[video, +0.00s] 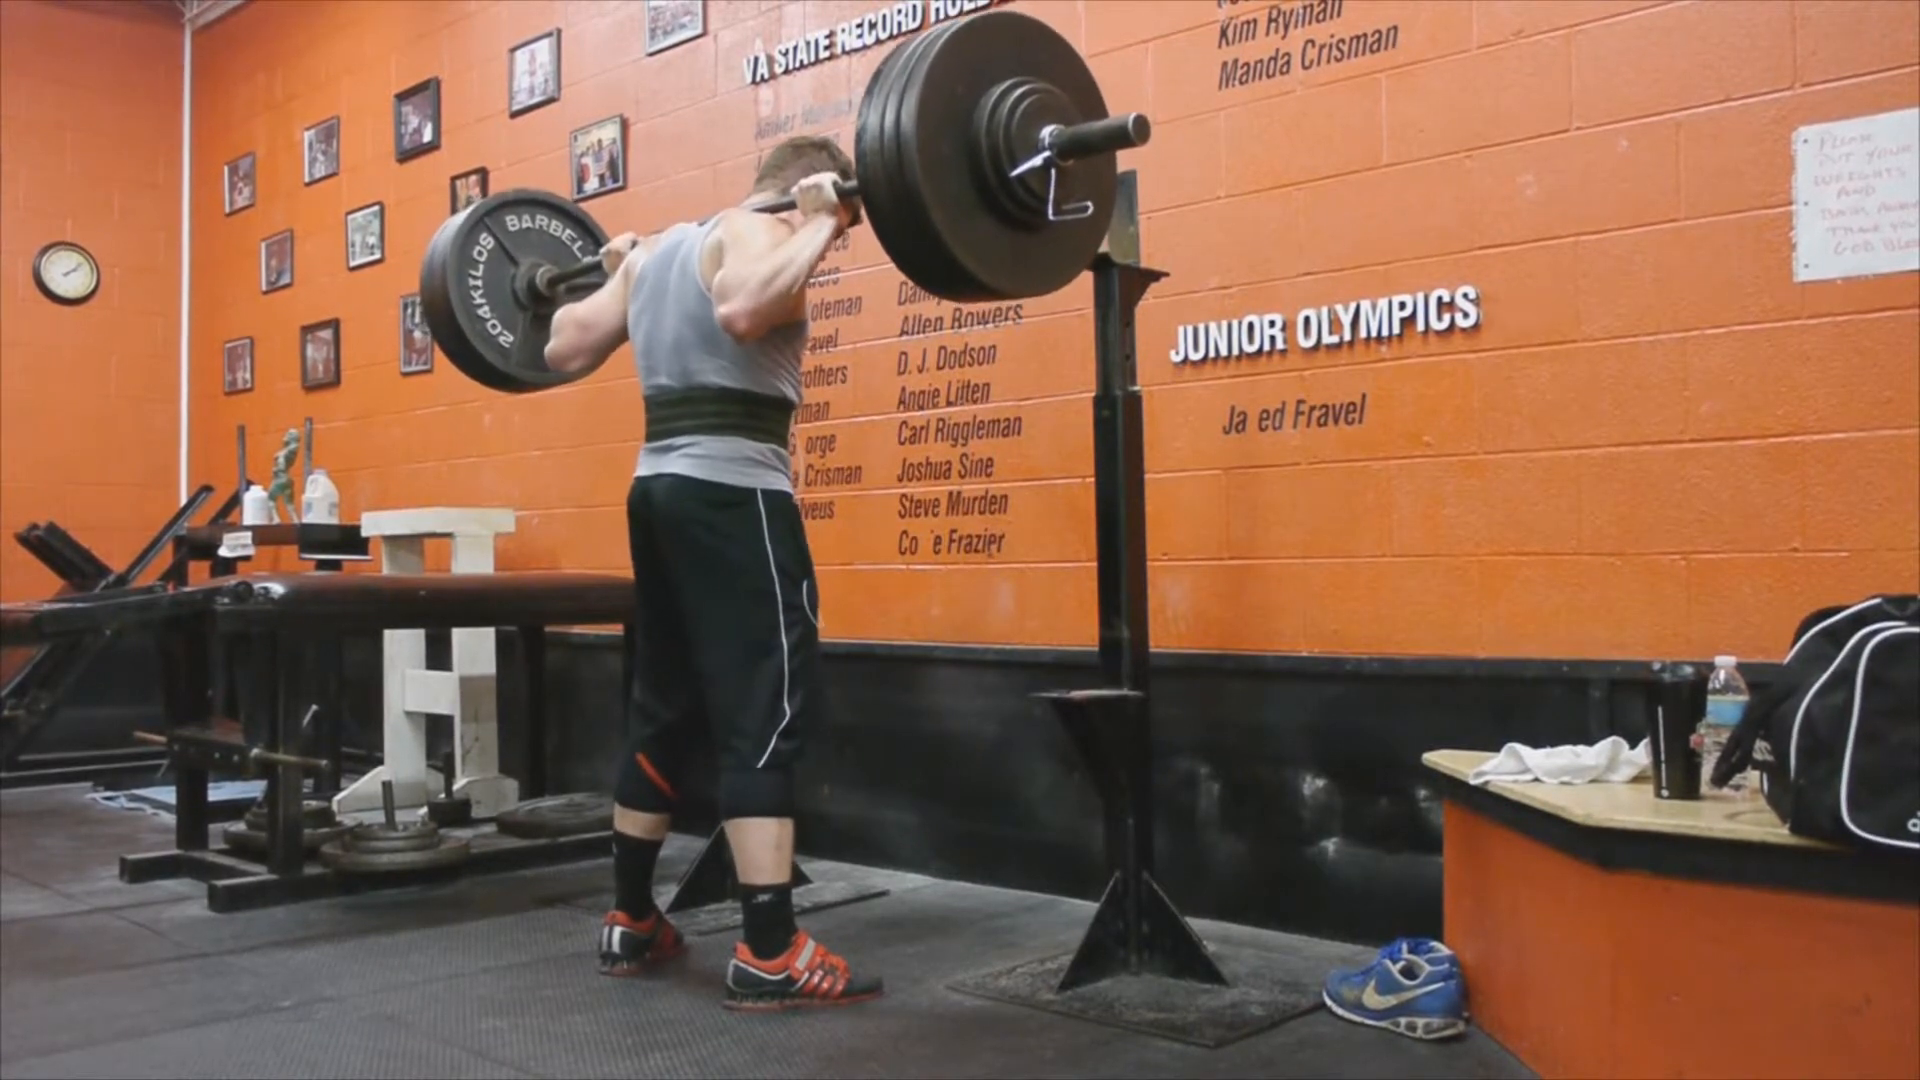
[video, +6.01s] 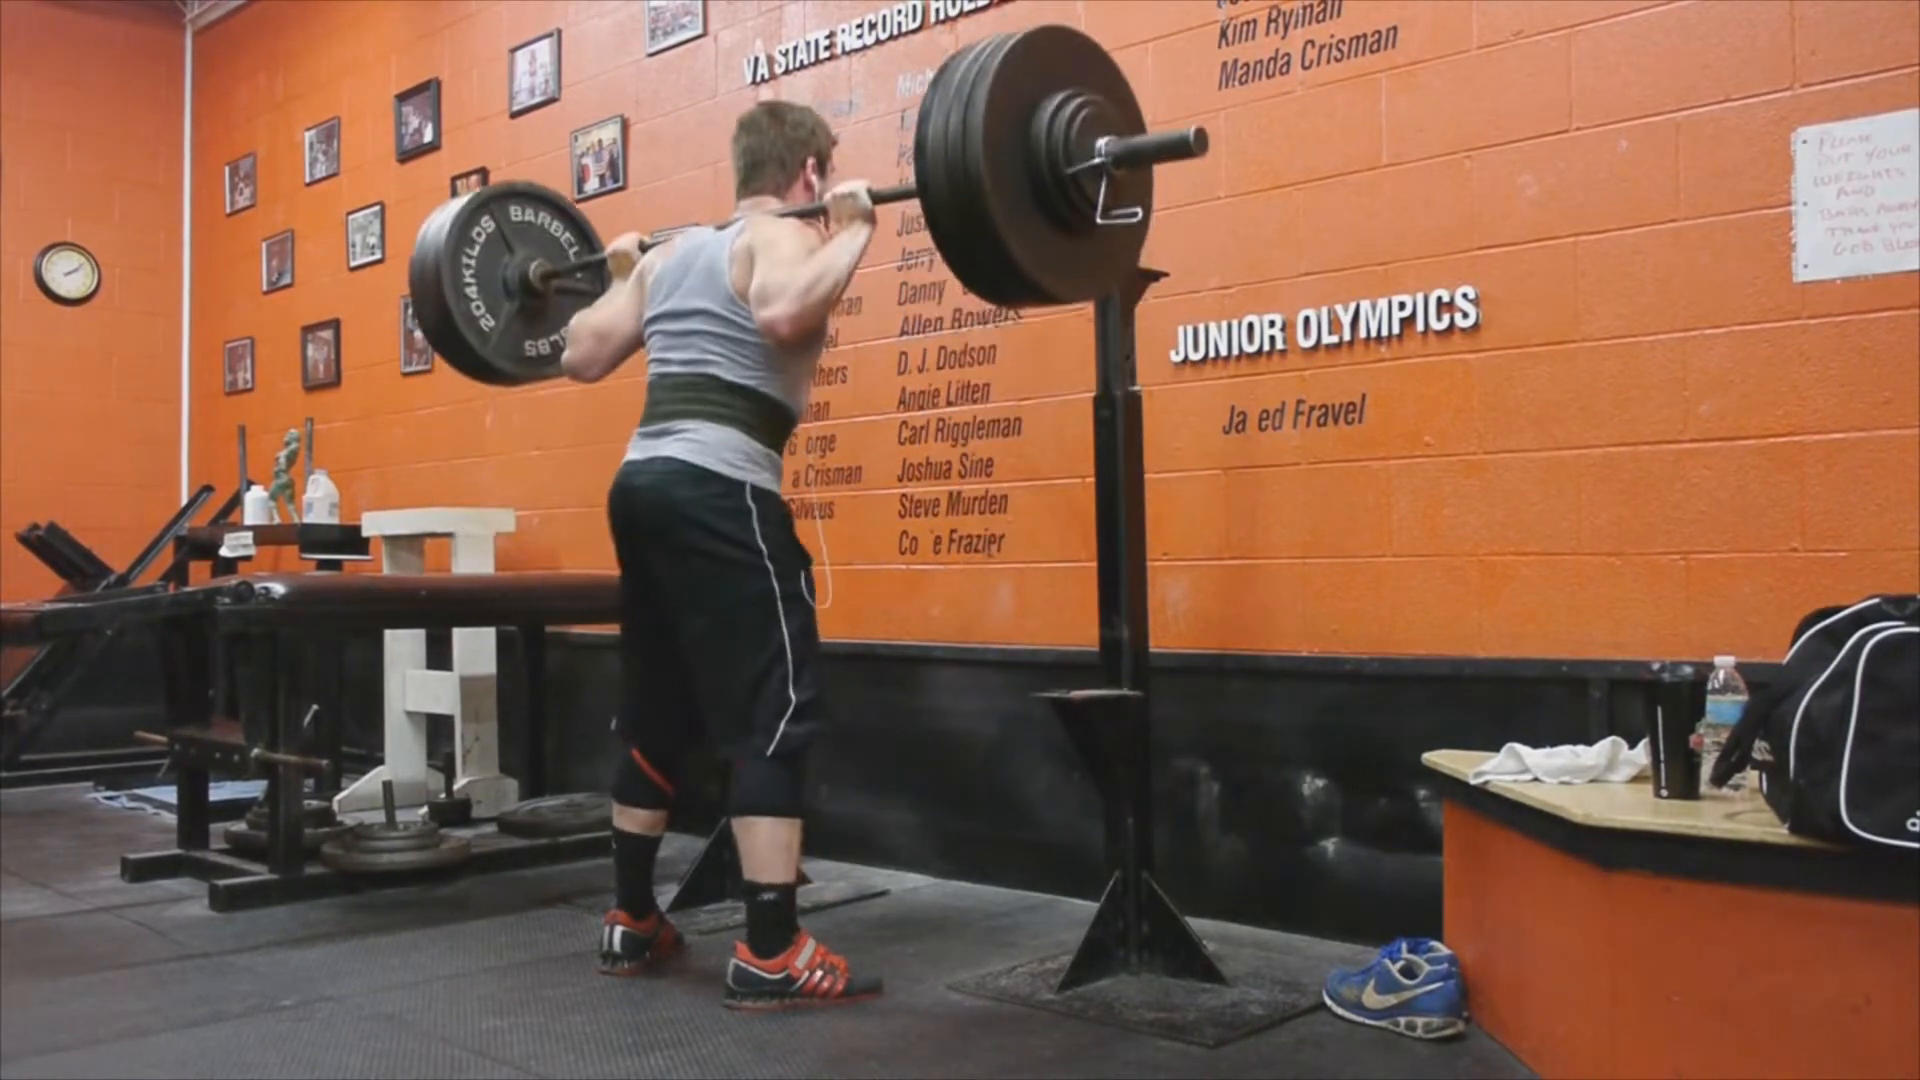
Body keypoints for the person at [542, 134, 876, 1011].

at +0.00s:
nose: (838, 237)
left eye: (845, 224)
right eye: (838, 219)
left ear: (756, 184)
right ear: (810, 196)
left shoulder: (659, 254)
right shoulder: (764, 231)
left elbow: (562, 346)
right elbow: (742, 311)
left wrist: (614, 275)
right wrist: (820, 226)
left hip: (660, 497)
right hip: (736, 498)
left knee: (667, 710)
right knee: (764, 714)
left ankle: (631, 921)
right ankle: (770, 947)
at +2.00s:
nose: (832, 201)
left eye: (835, 183)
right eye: (828, 182)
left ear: (739, 167)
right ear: (804, 173)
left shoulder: (666, 240)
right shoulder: (770, 212)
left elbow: (572, 335)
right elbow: (759, 295)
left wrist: (617, 262)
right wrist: (833, 205)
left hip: (656, 487)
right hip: (731, 489)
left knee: (661, 710)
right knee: (758, 713)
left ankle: (631, 920)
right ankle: (769, 946)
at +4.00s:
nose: (830, 255)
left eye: (831, 242)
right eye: (828, 242)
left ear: (741, 241)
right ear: (806, 240)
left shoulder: (671, 314)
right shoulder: (777, 301)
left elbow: (572, 412)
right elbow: (762, 373)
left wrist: (618, 336)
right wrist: (845, 300)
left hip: (607, 538)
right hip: (691, 543)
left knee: (659, 716)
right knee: (815, 725)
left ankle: (632, 921)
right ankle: (775, 948)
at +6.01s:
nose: (830, 188)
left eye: (828, 173)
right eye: (829, 174)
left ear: (742, 173)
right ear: (809, 170)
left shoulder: (671, 252)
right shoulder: (785, 233)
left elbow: (584, 355)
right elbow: (779, 312)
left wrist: (619, 271)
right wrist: (854, 230)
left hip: (645, 485)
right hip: (722, 489)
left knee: (658, 704)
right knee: (775, 708)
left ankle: (632, 919)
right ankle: (771, 945)